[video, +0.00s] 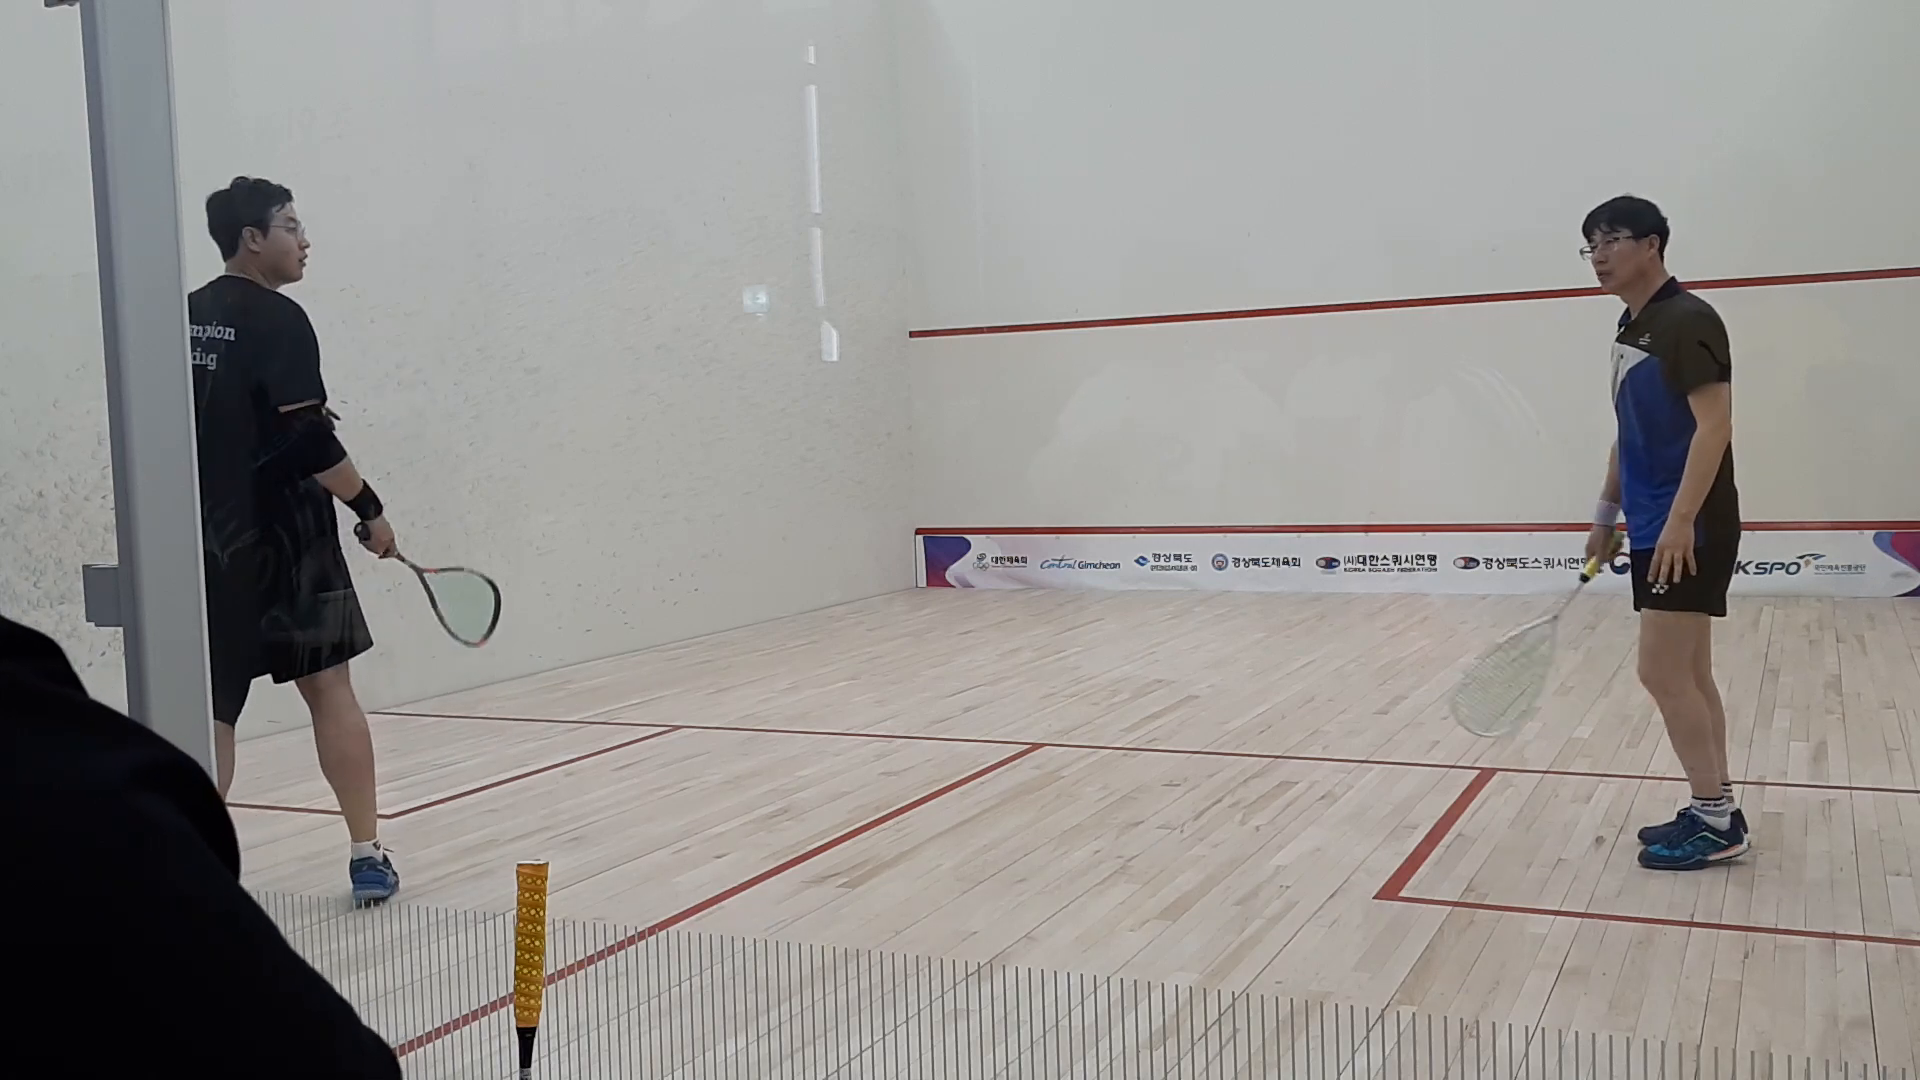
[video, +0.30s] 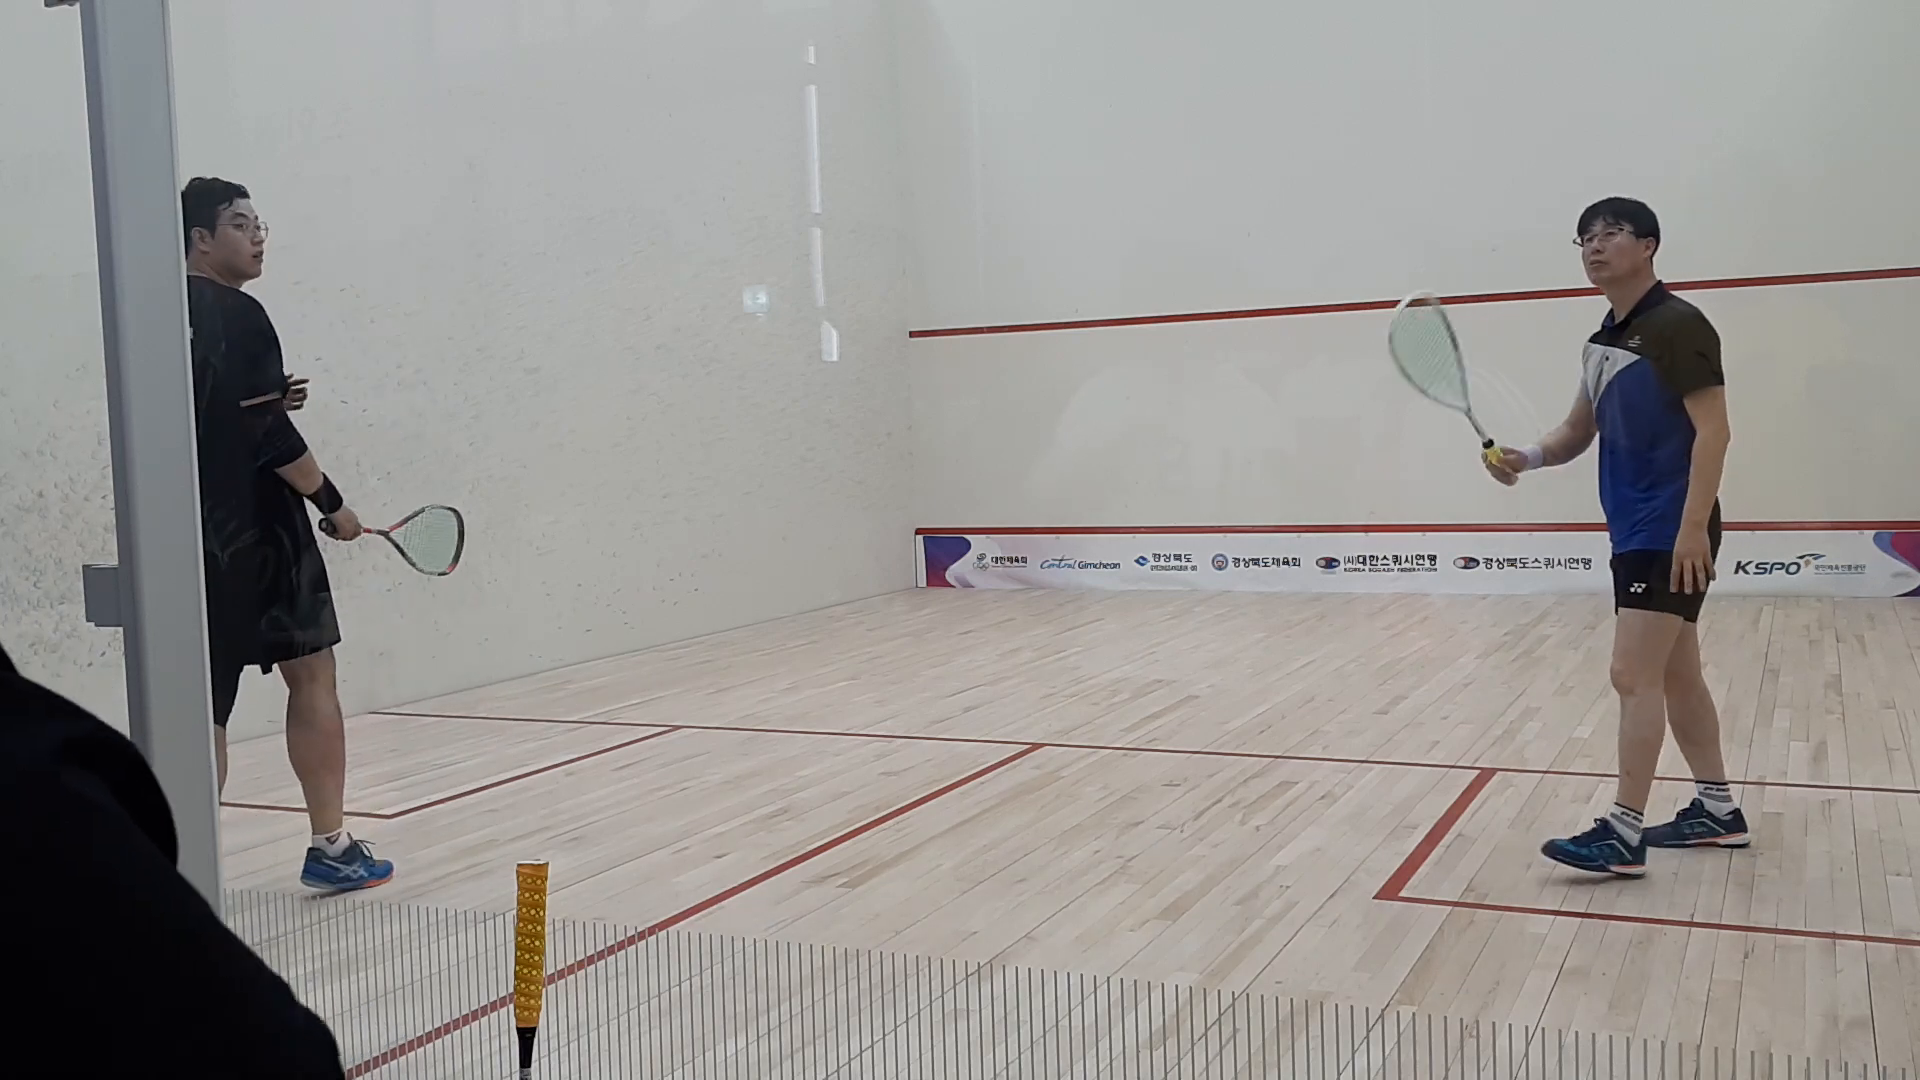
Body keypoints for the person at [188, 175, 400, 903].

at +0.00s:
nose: (305, 242)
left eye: (301, 226)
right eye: (293, 228)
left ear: (240, 242)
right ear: (251, 239)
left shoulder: (180, 313)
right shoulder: (278, 316)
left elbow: (167, 435)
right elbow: (308, 436)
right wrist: (370, 509)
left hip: (204, 549)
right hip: (289, 545)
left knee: (210, 720)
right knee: (332, 695)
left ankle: (199, 874)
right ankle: (368, 854)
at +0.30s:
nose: (260, 237)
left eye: (258, 225)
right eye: (245, 226)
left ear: (199, 244)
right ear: (203, 239)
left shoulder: (166, 309)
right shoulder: (236, 314)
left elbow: (192, 412)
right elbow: (269, 430)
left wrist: (270, 396)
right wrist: (331, 501)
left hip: (194, 538)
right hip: (266, 530)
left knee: (203, 712)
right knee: (312, 679)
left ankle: (186, 867)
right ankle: (331, 845)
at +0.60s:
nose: (278, 241)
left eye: (277, 229)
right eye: (259, 230)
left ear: (227, 248)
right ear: (217, 244)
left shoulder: (191, 316)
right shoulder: (247, 329)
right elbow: (280, 453)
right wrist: (324, 525)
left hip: (206, 549)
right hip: (261, 546)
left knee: (217, 714)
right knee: (289, 697)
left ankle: (182, 863)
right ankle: (306, 851)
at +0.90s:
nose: (328, 273)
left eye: (330, 261)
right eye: (317, 259)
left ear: (264, 266)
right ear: (273, 261)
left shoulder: (197, 322)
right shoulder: (281, 332)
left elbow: (171, 439)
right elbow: (290, 455)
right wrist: (305, 554)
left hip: (179, 545)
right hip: (247, 551)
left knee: (168, 706)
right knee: (276, 697)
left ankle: (153, 867)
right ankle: (305, 850)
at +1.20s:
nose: (271, 255)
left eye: (269, 243)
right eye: (260, 243)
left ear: (211, 252)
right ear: (218, 249)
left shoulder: (170, 318)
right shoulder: (230, 326)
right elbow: (242, 443)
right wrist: (277, 534)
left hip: (174, 535)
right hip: (233, 538)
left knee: (165, 702)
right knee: (266, 694)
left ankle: (153, 867)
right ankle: (304, 849)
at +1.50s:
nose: (249, 273)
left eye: (249, 259)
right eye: (242, 259)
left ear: (187, 257)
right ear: (206, 256)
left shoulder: (113, 323)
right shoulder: (231, 330)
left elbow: (91, 437)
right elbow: (272, 437)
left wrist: (157, 455)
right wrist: (303, 460)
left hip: (143, 549)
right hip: (232, 543)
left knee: (153, 711)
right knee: (282, 690)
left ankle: (152, 869)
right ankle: (319, 843)